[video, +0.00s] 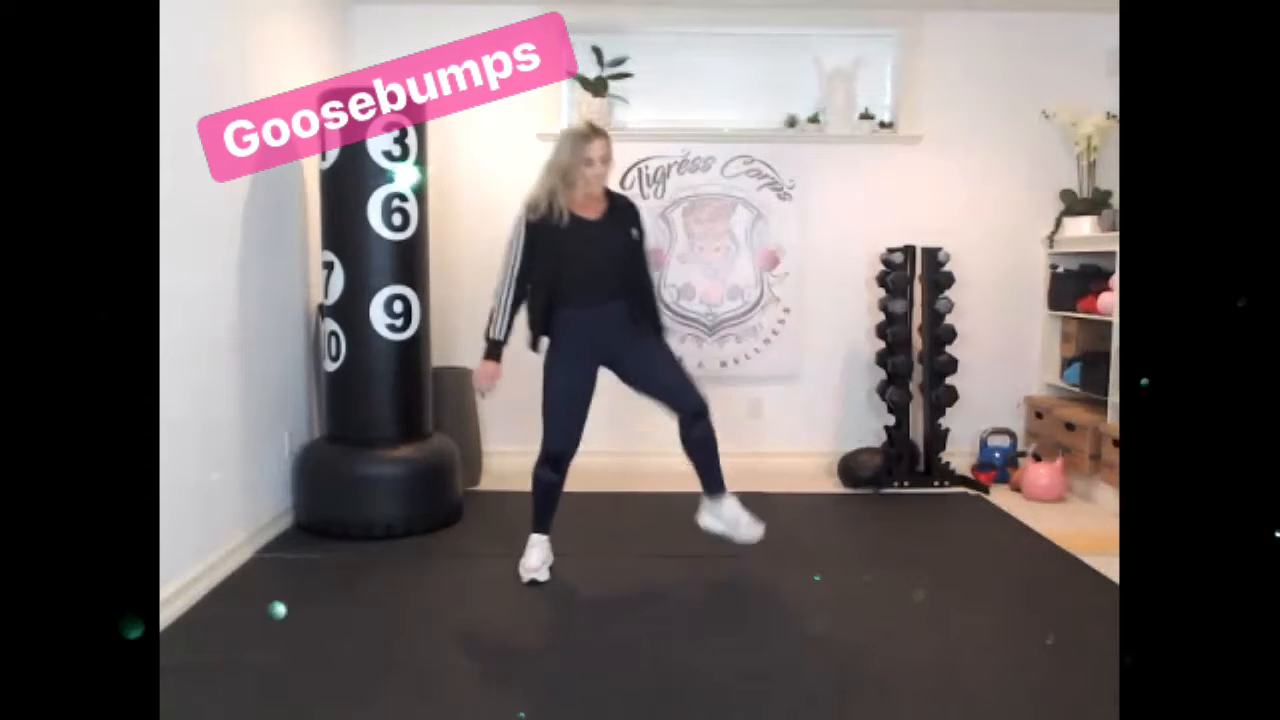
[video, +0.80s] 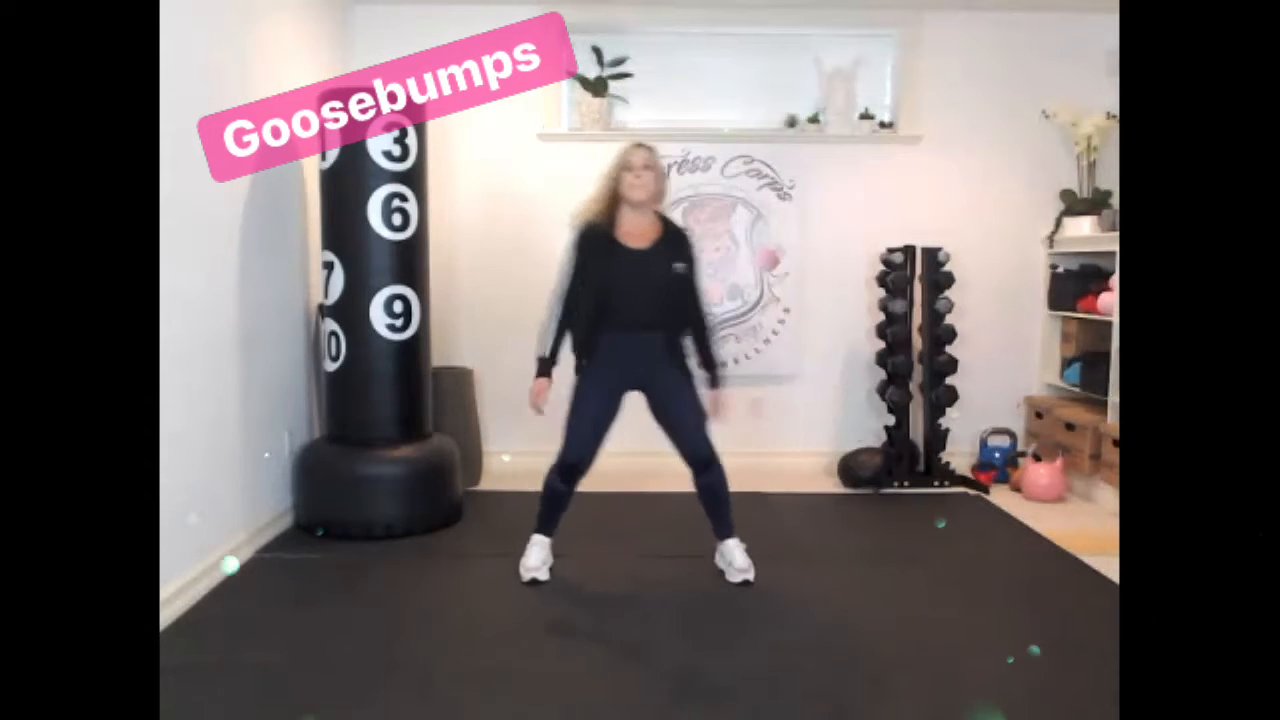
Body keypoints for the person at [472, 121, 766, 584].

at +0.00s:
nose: (601, 170)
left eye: (606, 161)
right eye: (592, 162)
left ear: (611, 162)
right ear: (570, 164)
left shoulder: (623, 211)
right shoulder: (541, 216)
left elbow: (640, 281)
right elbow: (513, 284)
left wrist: (655, 338)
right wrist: (493, 354)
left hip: (627, 334)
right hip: (571, 340)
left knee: (693, 408)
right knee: (557, 448)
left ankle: (718, 503)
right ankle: (539, 540)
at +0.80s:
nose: (640, 177)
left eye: (648, 170)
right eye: (631, 170)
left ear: (661, 182)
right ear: (617, 180)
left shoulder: (675, 239)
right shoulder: (594, 236)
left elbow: (692, 309)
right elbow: (569, 304)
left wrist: (712, 376)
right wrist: (545, 370)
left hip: (663, 360)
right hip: (604, 361)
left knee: (702, 456)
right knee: (574, 461)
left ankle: (728, 543)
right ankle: (541, 540)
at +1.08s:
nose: (700, 145)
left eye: (710, 138)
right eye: (692, 138)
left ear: (726, 149)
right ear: (681, 149)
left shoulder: (741, 200)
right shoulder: (660, 202)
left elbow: (773, 268)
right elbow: (638, 271)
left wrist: (781, 338)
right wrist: (615, 329)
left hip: (715, 328)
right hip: (660, 323)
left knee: (724, 439)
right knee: (587, 375)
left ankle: (734, 539)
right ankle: (574, 485)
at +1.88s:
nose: (639, 168)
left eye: (648, 161)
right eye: (631, 160)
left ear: (661, 173)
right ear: (617, 169)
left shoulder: (674, 231)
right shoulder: (588, 228)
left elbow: (694, 304)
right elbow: (569, 299)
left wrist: (719, 372)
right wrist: (562, 366)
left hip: (663, 355)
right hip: (602, 355)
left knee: (700, 451)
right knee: (574, 456)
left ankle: (733, 538)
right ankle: (562, 538)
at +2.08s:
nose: (613, 146)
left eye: (621, 138)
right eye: (604, 138)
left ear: (632, 149)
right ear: (587, 148)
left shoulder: (646, 205)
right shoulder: (561, 205)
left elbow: (655, 275)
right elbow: (540, 272)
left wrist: (660, 330)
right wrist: (546, 338)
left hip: (643, 325)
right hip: (585, 331)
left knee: (710, 392)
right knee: (578, 443)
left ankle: (703, 486)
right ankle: (564, 537)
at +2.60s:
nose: (648, 168)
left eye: (655, 160)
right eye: (638, 162)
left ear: (668, 170)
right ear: (622, 174)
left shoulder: (686, 229)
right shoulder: (601, 227)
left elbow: (694, 299)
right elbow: (573, 289)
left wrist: (696, 362)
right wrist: (527, 286)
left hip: (670, 353)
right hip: (612, 351)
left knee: (716, 452)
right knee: (586, 459)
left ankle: (753, 544)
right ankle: (565, 539)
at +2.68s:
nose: (676, 176)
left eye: (684, 168)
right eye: (666, 169)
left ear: (697, 178)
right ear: (650, 181)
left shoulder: (716, 238)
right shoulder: (631, 235)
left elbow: (727, 312)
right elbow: (603, 297)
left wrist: (736, 382)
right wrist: (556, 296)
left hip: (696, 362)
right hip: (637, 361)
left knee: (740, 461)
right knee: (606, 461)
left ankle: (764, 553)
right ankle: (567, 540)